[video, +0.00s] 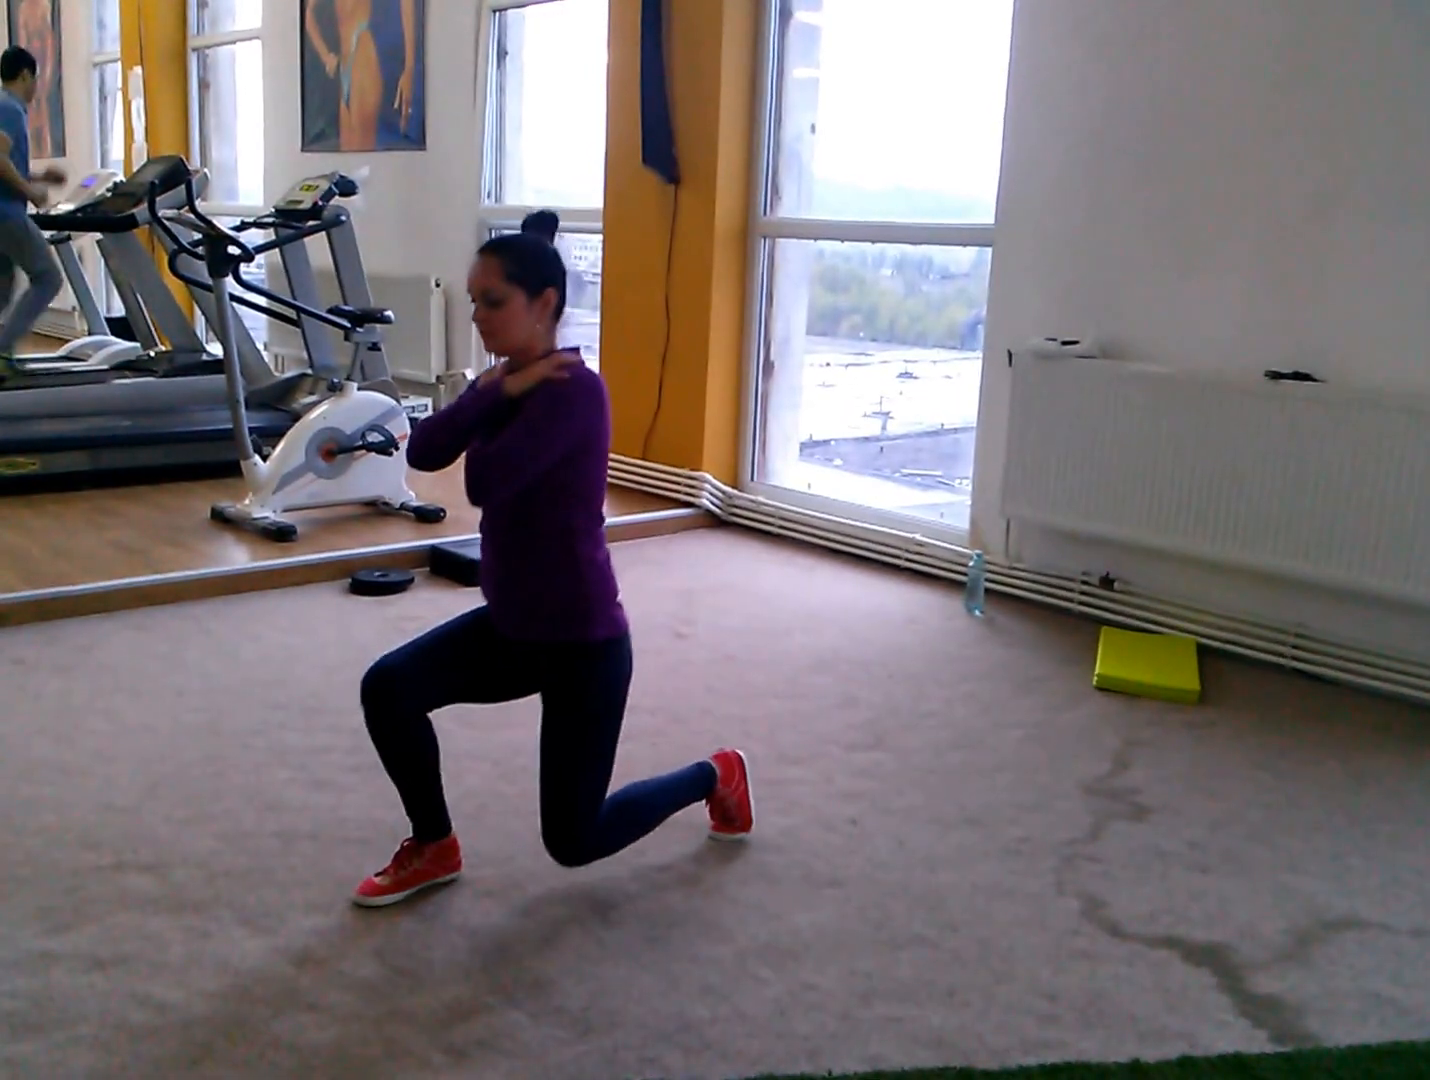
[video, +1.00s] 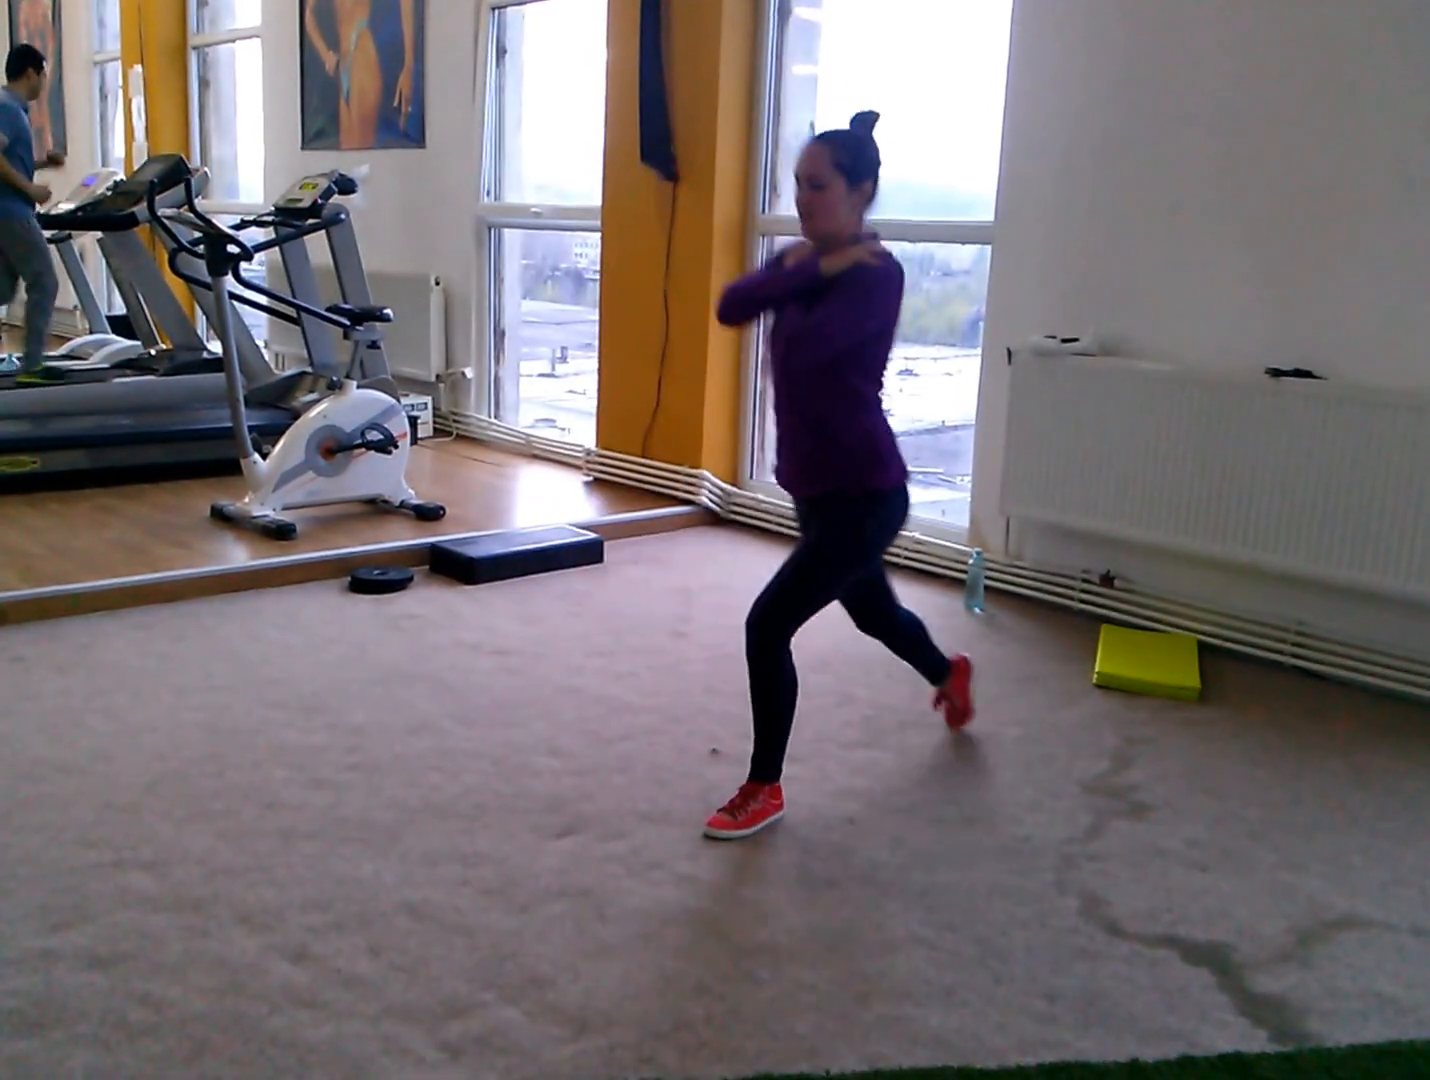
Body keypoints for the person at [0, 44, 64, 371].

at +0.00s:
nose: (35, 88)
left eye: (35, 80)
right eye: (35, 79)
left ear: (10, 76)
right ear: (24, 75)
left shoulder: (8, 110)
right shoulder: (10, 111)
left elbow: (8, 166)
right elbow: (4, 160)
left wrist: (40, 175)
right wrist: (31, 191)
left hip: (7, 212)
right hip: (8, 214)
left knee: (5, 287)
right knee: (49, 279)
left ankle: (4, 351)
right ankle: (5, 346)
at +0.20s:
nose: (39, 82)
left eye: (39, 74)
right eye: (38, 74)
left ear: (16, 70)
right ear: (26, 69)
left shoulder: (14, 105)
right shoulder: (8, 105)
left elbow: (11, 157)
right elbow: (3, 157)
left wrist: (40, 153)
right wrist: (22, 185)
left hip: (14, 209)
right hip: (11, 210)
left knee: (4, 283)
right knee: (41, 278)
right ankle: (43, 359)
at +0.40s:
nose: (41, 87)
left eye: (41, 80)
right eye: (40, 79)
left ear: (12, 75)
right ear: (30, 76)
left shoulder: (8, 106)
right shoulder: (14, 110)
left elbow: (15, 163)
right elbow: (16, 163)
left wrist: (47, 179)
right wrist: (54, 182)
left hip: (11, 218)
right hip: (8, 220)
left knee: (45, 275)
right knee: (6, 292)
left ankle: (12, 352)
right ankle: (7, 357)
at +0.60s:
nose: (37, 83)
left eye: (37, 76)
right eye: (36, 76)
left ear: (10, 74)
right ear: (26, 73)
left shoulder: (8, 104)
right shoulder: (16, 106)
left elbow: (15, 154)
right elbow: (17, 154)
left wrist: (42, 168)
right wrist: (47, 169)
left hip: (13, 214)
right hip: (11, 215)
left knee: (39, 281)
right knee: (15, 285)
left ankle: (38, 358)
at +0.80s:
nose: (40, 84)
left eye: (41, 77)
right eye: (40, 76)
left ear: (13, 73)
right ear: (29, 73)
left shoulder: (12, 107)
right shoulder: (10, 106)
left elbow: (14, 165)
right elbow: (0, 150)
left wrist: (50, 172)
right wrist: (27, 180)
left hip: (9, 208)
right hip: (8, 208)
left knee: (4, 287)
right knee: (50, 272)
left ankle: (16, 355)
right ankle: (19, 354)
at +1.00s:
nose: (44, 83)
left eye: (43, 76)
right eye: (42, 75)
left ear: (18, 73)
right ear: (31, 73)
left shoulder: (15, 110)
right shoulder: (10, 110)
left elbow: (12, 161)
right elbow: (3, 158)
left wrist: (43, 162)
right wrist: (28, 188)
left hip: (13, 209)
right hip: (12, 210)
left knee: (5, 287)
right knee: (44, 280)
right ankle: (32, 363)